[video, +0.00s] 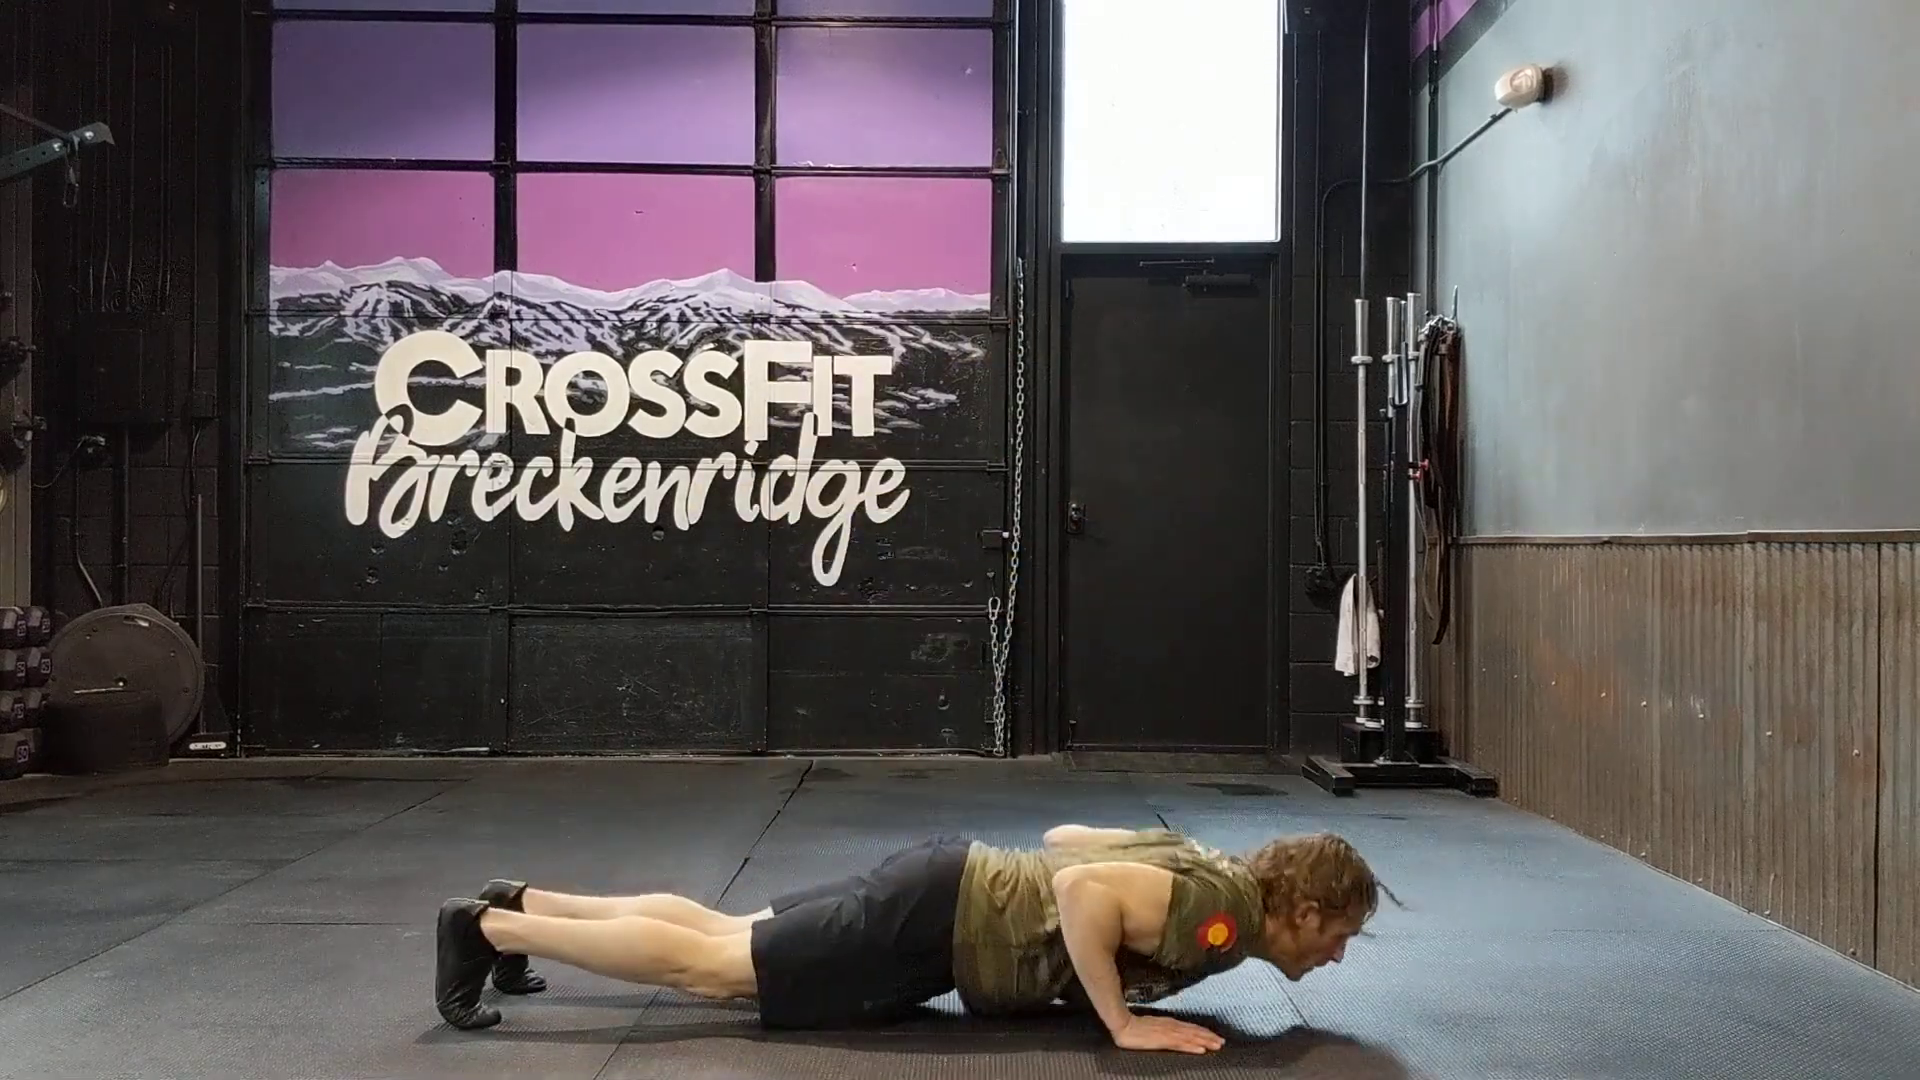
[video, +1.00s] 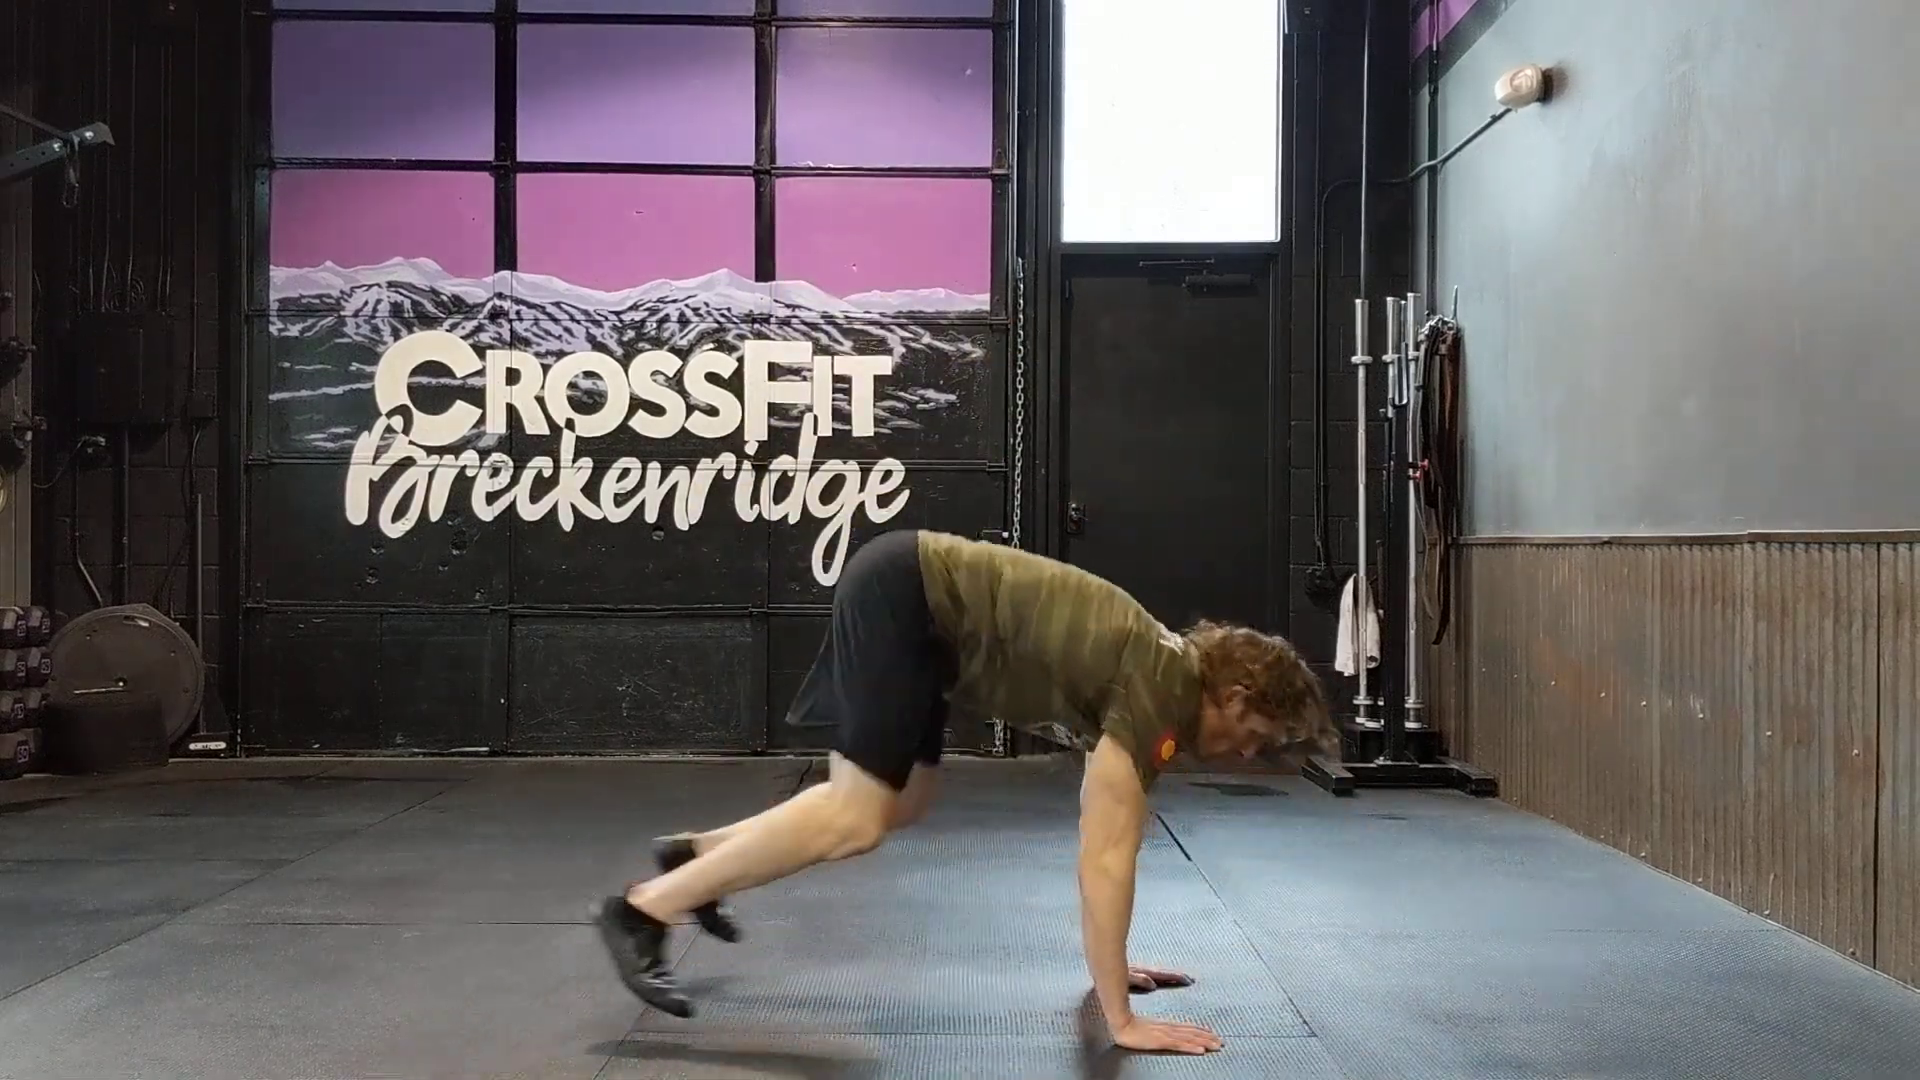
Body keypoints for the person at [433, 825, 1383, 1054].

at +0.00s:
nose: (1340, 953)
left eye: (1346, 939)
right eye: (1340, 936)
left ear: (1297, 905)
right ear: (1295, 914)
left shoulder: (1221, 898)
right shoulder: (1205, 906)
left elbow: (1090, 862)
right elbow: (1080, 895)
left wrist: (1104, 979)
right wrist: (1124, 1017)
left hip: (950, 909)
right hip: (939, 918)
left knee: (729, 938)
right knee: (713, 966)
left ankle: (529, 903)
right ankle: (495, 929)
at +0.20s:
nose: (1346, 965)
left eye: (1351, 951)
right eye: (1346, 950)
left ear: (1299, 916)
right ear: (1308, 932)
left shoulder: (1218, 907)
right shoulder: (1218, 932)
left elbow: (1097, 844)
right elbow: (1090, 875)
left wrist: (1122, 974)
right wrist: (1126, 1019)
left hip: (955, 901)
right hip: (946, 933)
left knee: (729, 941)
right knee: (716, 969)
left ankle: (526, 902)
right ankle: (499, 927)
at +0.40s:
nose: (1345, 936)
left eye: (1350, 922)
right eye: (1343, 919)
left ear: (1299, 885)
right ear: (1301, 900)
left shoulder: (1225, 893)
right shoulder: (1214, 909)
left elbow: (1095, 850)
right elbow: (1083, 887)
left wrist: (1099, 977)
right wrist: (1124, 1018)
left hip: (955, 888)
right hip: (948, 913)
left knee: (730, 932)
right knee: (714, 958)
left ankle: (520, 900)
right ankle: (492, 928)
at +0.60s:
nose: (1318, 783)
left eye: (1324, 769)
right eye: (1319, 766)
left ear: (1271, 728)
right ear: (1283, 750)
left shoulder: (1187, 752)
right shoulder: (1187, 779)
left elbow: (1090, 863)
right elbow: (1081, 880)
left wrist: (1110, 971)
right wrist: (1115, 1016)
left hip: (932, 819)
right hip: (928, 848)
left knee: (713, 900)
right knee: (706, 926)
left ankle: (501, 907)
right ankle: (476, 924)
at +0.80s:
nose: (1278, 762)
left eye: (1288, 751)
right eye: (1285, 747)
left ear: (1243, 691)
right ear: (1253, 706)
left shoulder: (1163, 699)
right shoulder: (1162, 711)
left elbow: (1106, 847)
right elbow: (1105, 859)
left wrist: (1112, 963)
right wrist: (1114, 1015)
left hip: (902, 759)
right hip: (898, 770)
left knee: (728, 870)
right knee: (721, 884)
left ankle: (513, 915)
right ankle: (495, 922)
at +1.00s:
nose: (1244, 755)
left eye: (1259, 748)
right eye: (1253, 738)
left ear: (1232, 699)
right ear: (1229, 698)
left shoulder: (1157, 682)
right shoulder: (1149, 687)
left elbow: (1111, 846)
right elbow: (1104, 859)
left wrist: (1112, 967)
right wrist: (1119, 1016)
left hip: (925, 606)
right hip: (905, 588)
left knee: (903, 795)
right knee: (856, 812)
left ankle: (699, 858)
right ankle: (648, 907)